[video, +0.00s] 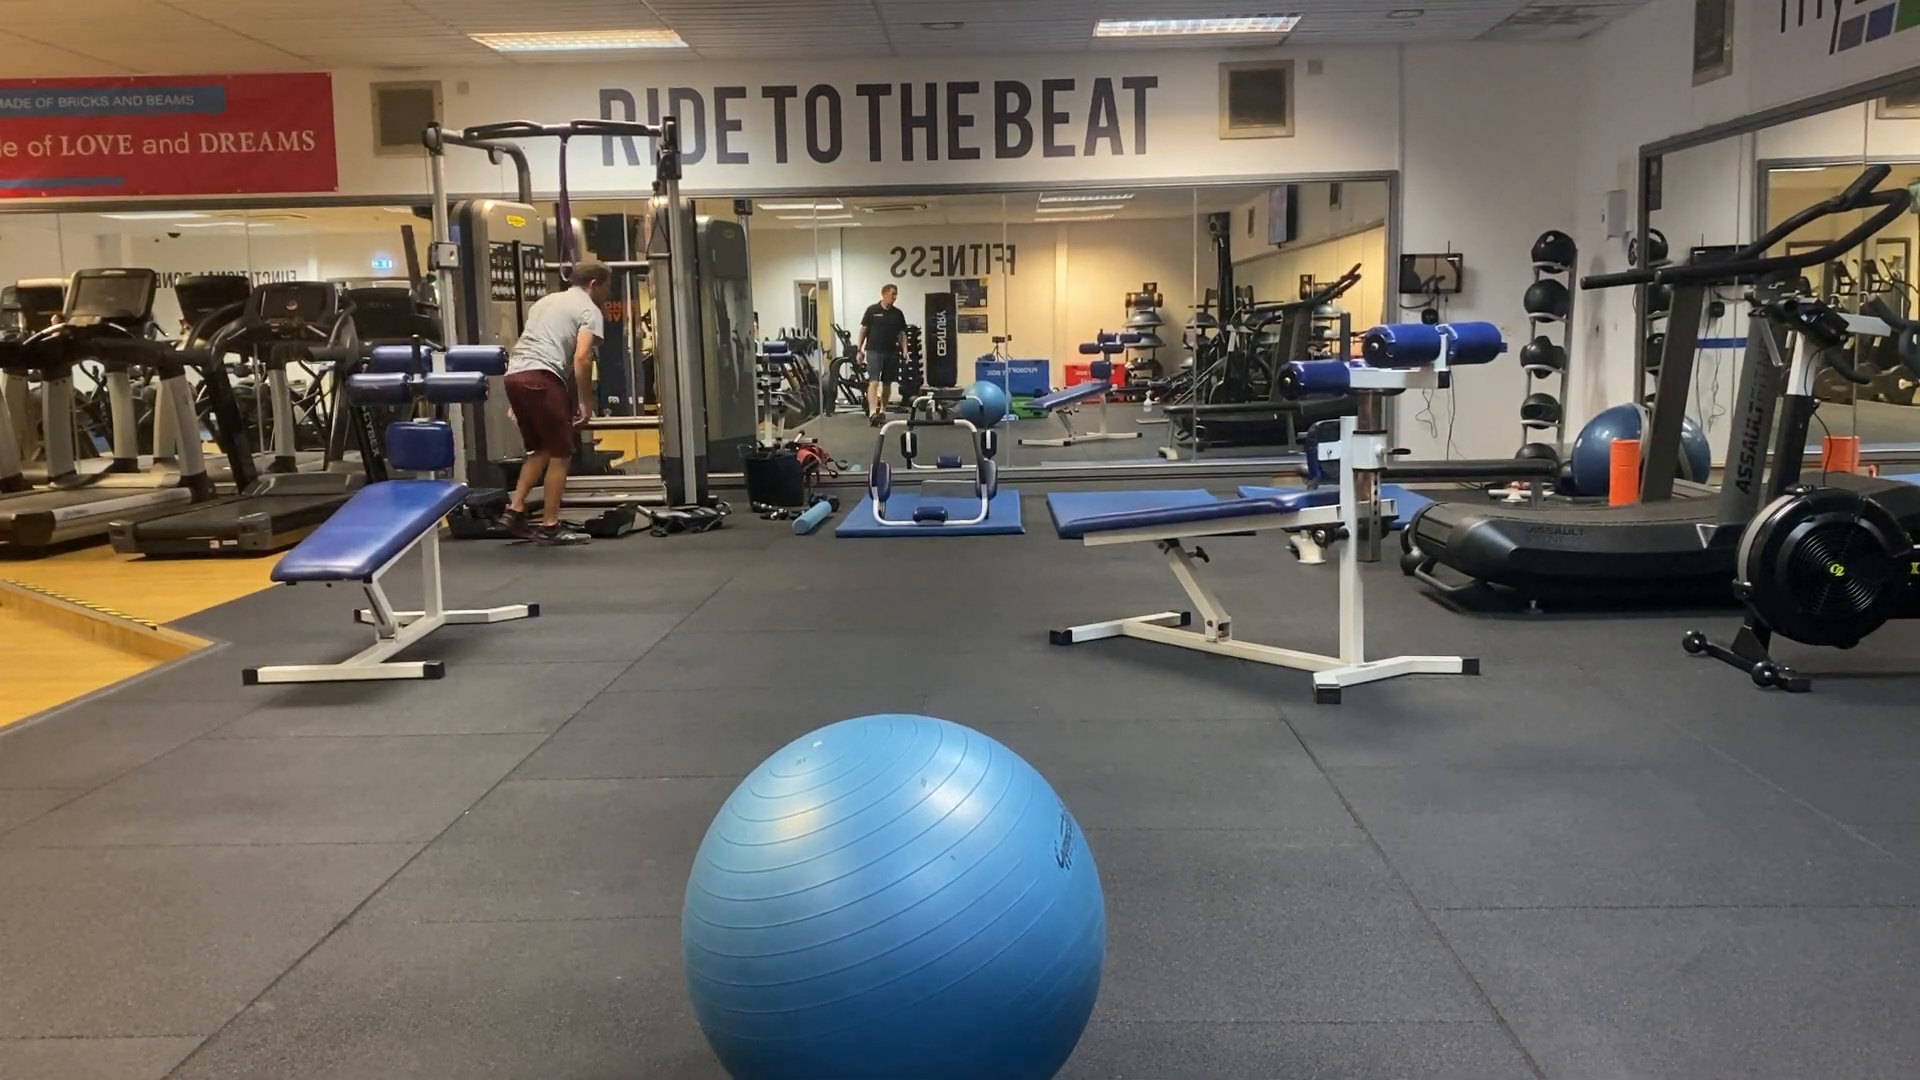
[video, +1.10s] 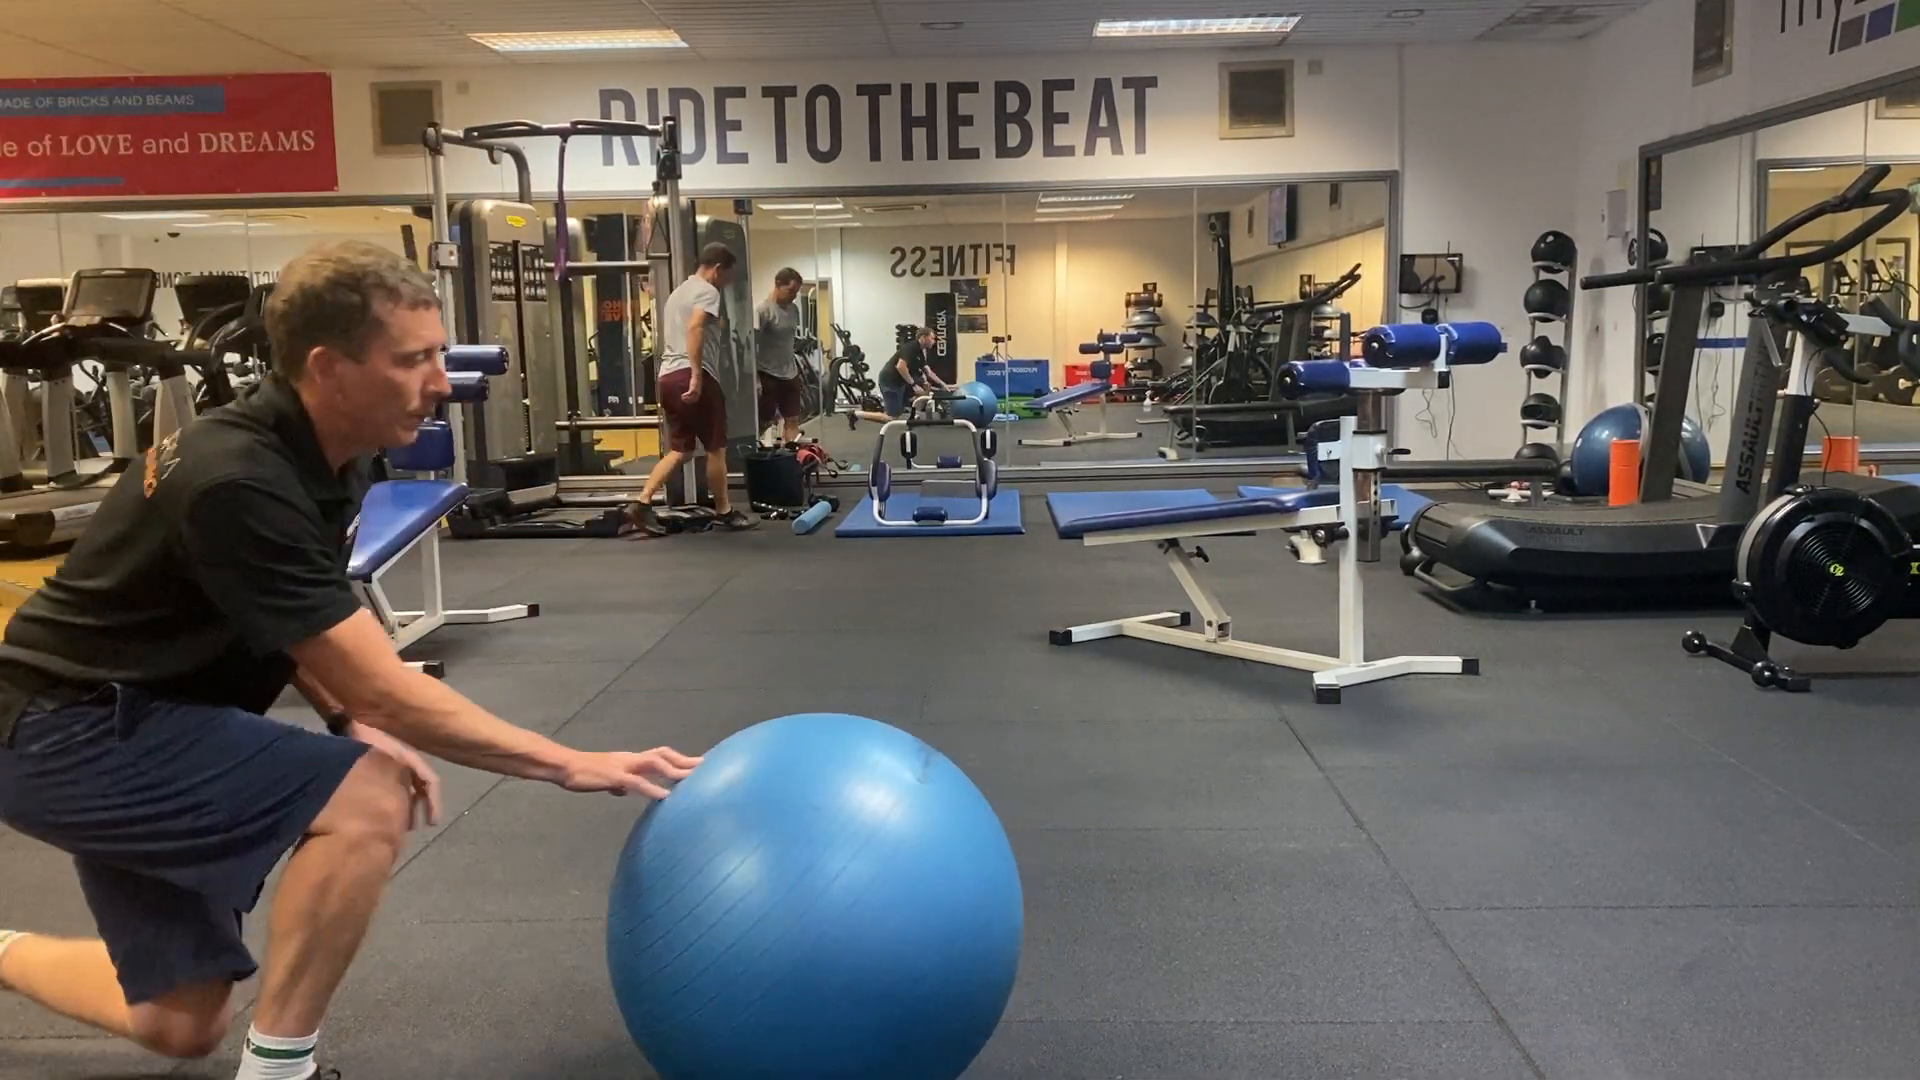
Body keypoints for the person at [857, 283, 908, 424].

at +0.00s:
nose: (895, 297)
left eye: (896, 295)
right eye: (892, 294)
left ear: (895, 296)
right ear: (884, 294)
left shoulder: (898, 313)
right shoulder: (872, 310)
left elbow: (902, 334)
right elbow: (863, 330)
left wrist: (905, 351)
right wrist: (859, 349)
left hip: (891, 352)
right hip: (874, 351)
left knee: (887, 383)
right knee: (874, 382)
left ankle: (883, 411)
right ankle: (873, 413)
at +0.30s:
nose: (906, 298)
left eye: (907, 296)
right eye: (904, 295)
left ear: (904, 296)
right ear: (895, 293)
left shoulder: (902, 313)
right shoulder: (880, 307)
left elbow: (903, 336)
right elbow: (870, 324)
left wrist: (908, 355)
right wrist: (871, 343)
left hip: (895, 350)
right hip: (878, 349)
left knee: (904, 380)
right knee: (876, 384)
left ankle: (892, 409)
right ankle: (875, 414)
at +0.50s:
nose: (922, 309)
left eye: (923, 306)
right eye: (921, 306)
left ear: (918, 305)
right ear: (913, 302)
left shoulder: (915, 324)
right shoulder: (894, 311)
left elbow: (917, 346)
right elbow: (880, 326)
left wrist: (926, 361)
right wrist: (884, 343)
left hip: (899, 353)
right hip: (881, 350)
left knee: (904, 383)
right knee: (877, 385)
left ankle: (910, 415)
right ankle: (875, 413)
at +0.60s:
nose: (927, 318)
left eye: (929, 316)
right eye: (926, 315)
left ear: (930, 316)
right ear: (920, 312)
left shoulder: (923, 332)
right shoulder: (901, 317)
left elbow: (929, 353)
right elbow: (884, 330)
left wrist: (943, 370)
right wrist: (887, 350)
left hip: (899, 355)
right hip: (883, 351)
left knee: (913, 384)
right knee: (879, 385)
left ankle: (913, 417)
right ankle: (866, 406)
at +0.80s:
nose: (939, 335)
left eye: (940, 333)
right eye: (938, 332)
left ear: (935, 331)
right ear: (930, 329)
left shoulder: (930, 344)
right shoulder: (912, 331)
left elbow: (941, 361)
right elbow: (892, 342)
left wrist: (961, 376)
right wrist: (894, 365)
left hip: (904, 364)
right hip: (886, 360)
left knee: (920, 386)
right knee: (882, 393)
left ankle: (912, 417)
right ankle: (851, 410)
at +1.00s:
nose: (937, 343)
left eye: (937, 340)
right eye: (936, 340)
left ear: (929, 338)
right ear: (928, 338)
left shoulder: (925, 351)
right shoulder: (913, 345)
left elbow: (935, 371)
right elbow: (898, 361)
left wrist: (951, 384)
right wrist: (907, 381)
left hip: (904, 376)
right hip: (888, 377)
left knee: (925, 387)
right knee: (892, 411)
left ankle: (902, 406)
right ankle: (859, 412)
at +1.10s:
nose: (933, 341)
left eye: (934, 339)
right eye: (932, 338)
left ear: (924, 338)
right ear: (923, 338)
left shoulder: (921, 351)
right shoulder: (911, 347)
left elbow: (927, 371)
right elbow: (901, 366)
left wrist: (944, 385)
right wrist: (914, 385)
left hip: (901, 381)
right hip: (890, 381)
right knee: (892, 417)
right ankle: (856, 414)